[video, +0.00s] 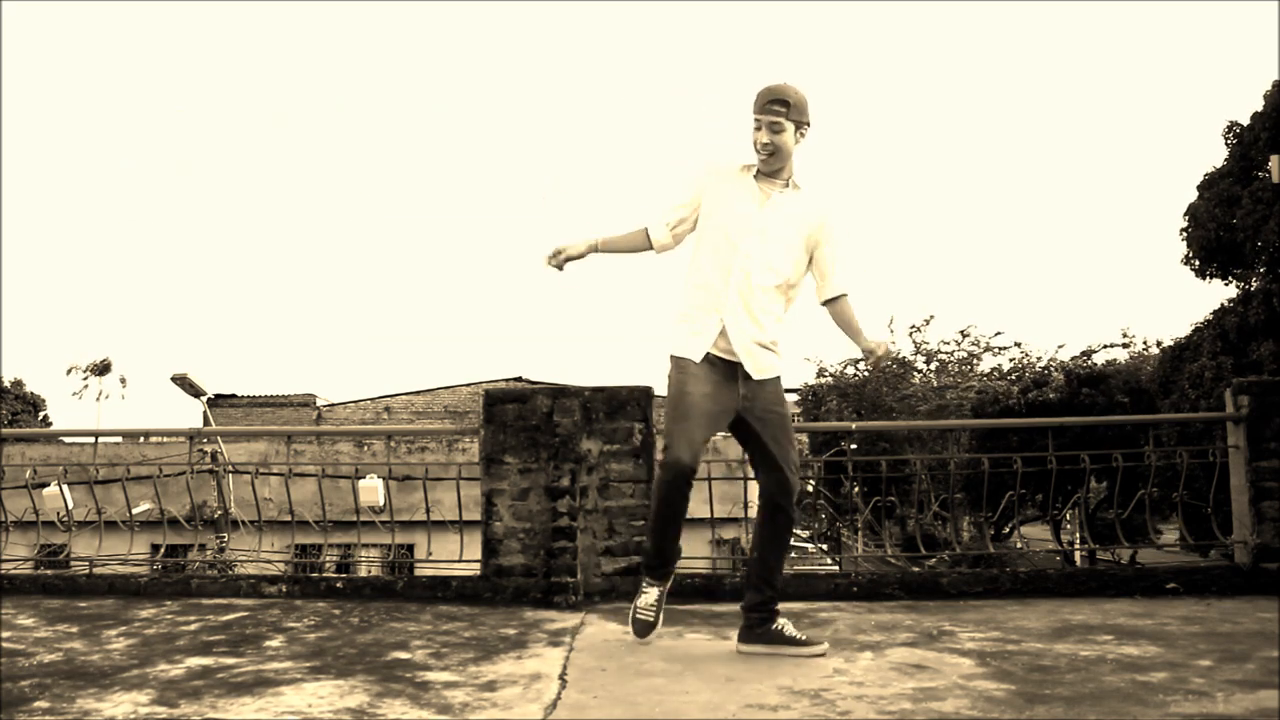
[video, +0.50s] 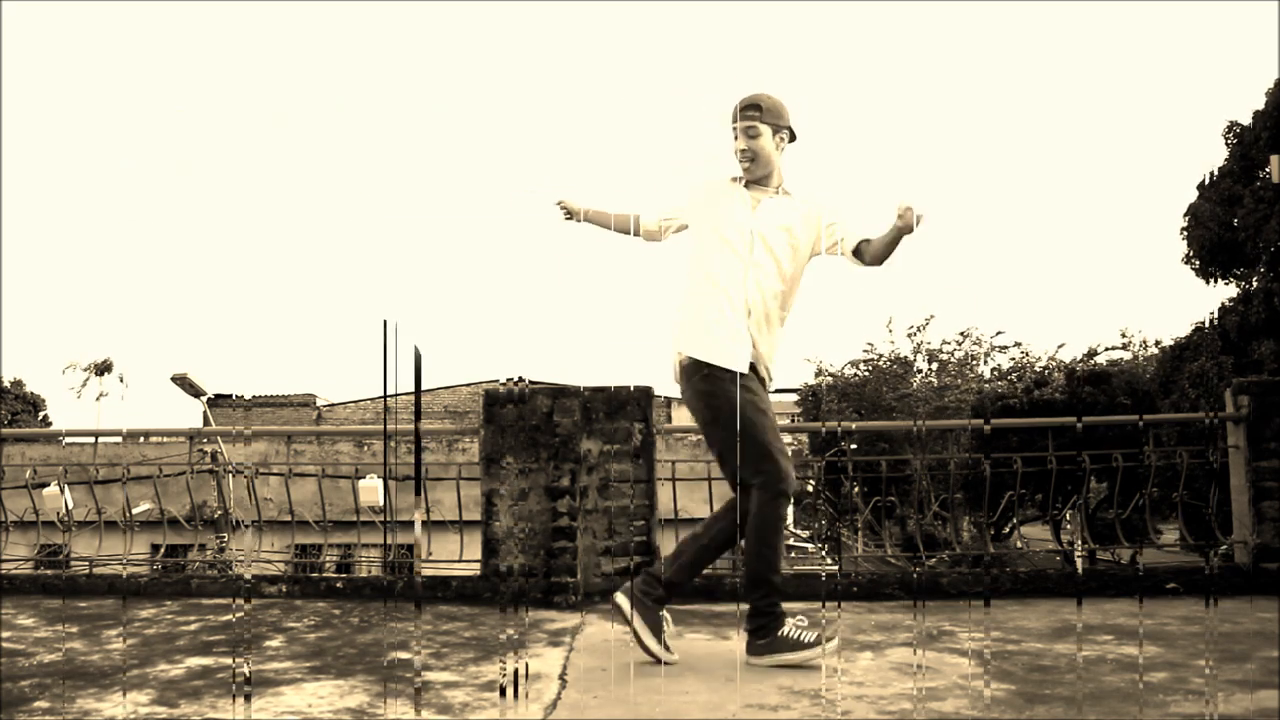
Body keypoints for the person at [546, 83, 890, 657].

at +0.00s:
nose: (764, 136)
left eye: (776, 128)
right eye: (758, 126)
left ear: (799, 135)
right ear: (750, 130)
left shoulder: (811, 216)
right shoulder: (718, 182)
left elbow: (834, 294)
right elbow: (660, 234)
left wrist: (867, 342)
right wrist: (588, 246)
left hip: (761, 363)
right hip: (699, 352)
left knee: (783, 486)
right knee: (679, 462)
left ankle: (759, 620)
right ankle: (655, 579)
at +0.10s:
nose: (768, 128)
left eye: (781, 120)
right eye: (763, 117)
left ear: (803, 128)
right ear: (754, 122)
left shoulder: (808, 208)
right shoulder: (720, 175)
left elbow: (819, 290)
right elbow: (667, 228)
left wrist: (840, 355)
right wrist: (605, 253)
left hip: (751, 358)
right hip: (689, 342)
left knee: (755, 492)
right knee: (658, 430)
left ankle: (753, 614)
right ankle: (668, 563)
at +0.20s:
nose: (763, 127)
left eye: (775, 119)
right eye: (758, 116)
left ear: (798, 128)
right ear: (749, 122)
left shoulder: (806, 206)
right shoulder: (716, 177)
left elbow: (813, 282)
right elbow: (648, 218)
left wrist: (852, 346)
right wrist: (582, 225)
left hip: (753, 353)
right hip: (695, 339)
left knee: (730, 488)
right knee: (648, 409)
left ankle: (738, 621)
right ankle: (653, 562)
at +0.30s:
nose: (751, 124)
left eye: (764, 116)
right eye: (747, 114)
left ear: (790, 123)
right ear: (741, 118)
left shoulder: (804, 201)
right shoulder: (712, 175)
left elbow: (842, 272)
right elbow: (632, 204)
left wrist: (897, 321)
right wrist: (558, 204)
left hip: (756, 342)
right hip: (695, 329)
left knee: (728, 475)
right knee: (677, 422)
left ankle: (716, 612)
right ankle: (674, 563)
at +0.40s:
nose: (743, 120)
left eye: (754, 111)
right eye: (737, 112)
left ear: (784, 118)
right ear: (733, 118)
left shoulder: (804, 202)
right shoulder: (708, 175)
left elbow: (865, 259)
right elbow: (634, 205)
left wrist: (934, 289)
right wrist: (558, 201)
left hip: (755, 347)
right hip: (698, 335)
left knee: (733, 473)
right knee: (730, 455)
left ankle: (643, 591)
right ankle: (727, 600)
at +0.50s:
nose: (741, 143)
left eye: (752, 133)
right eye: (736, 135)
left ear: (782, 140)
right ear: (733, 143)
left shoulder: (808, 213)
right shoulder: (713, 196)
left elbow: (866, 253)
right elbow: (650, 225)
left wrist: (896, 231)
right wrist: (584, 212)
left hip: (749, 363)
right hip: (708, 353)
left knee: (751, 498)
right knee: (773, 480)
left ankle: (647, 593)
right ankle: (765, 628)